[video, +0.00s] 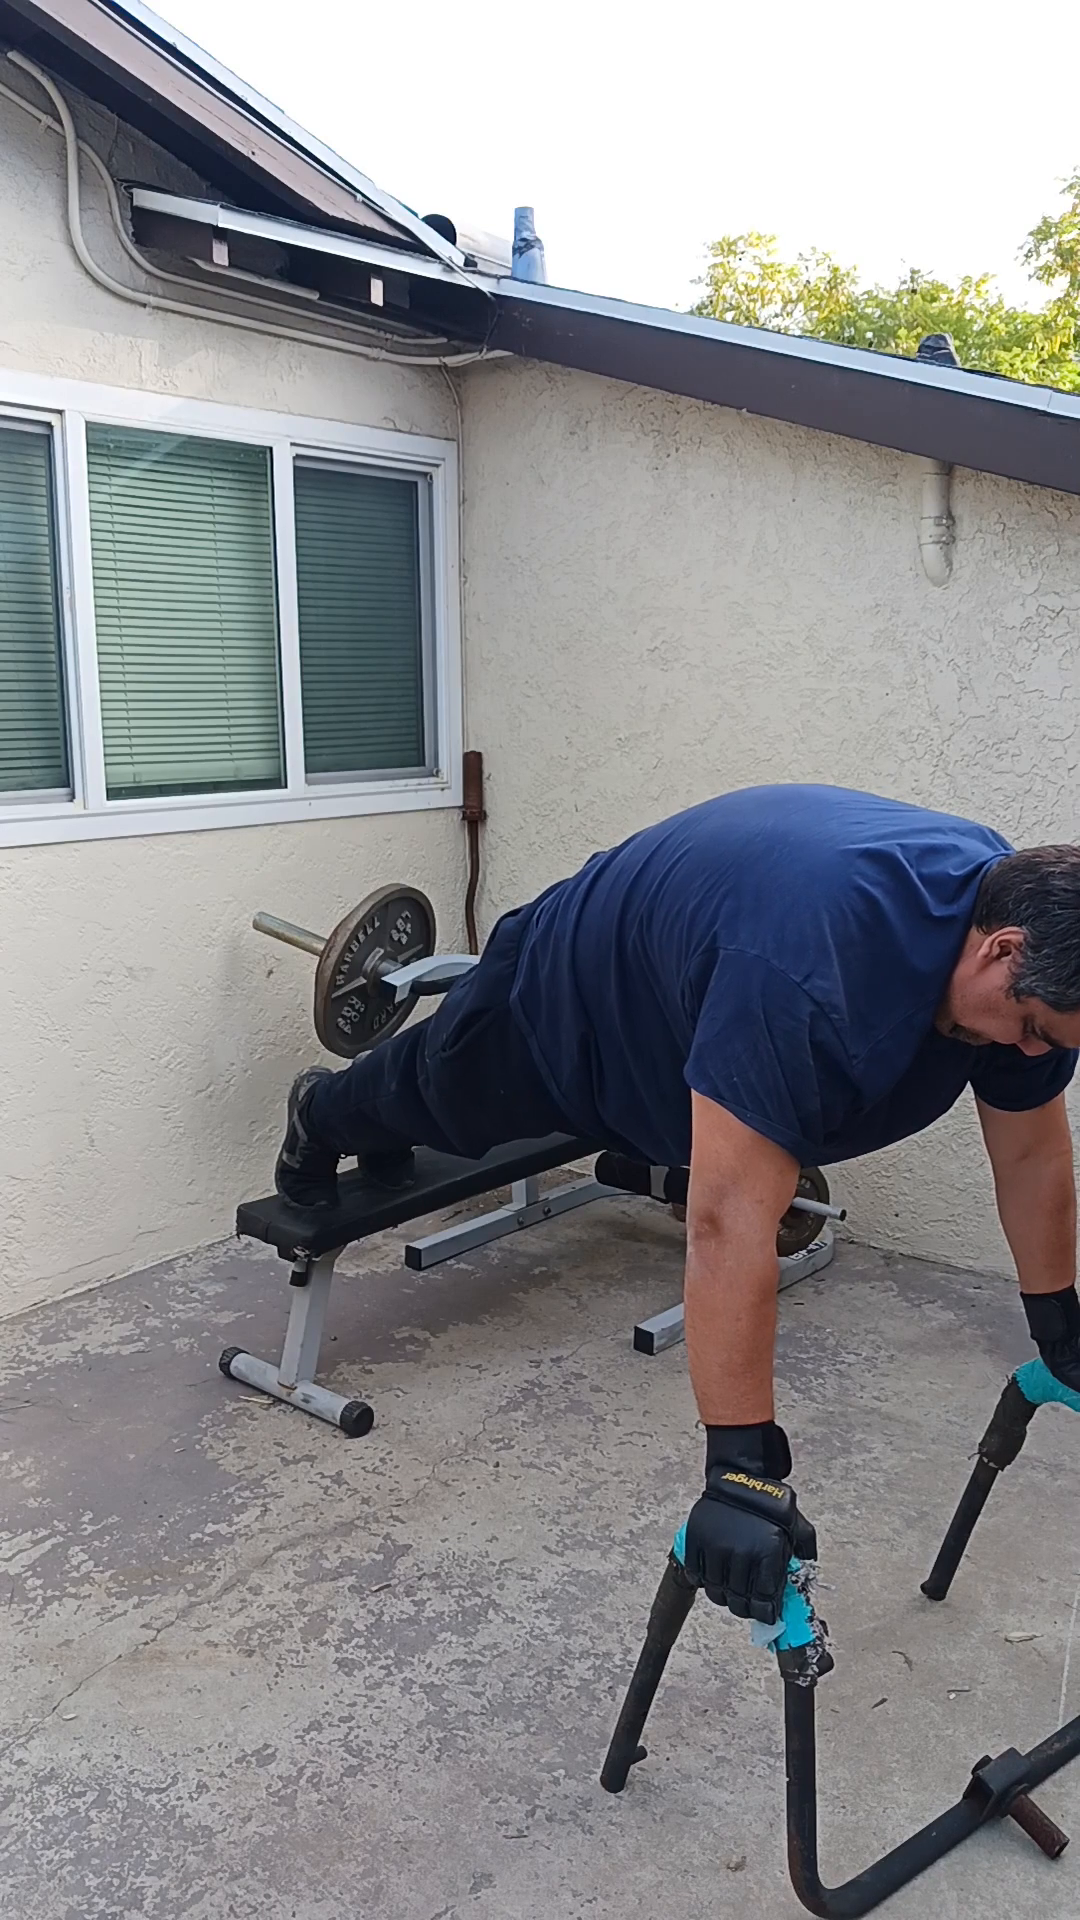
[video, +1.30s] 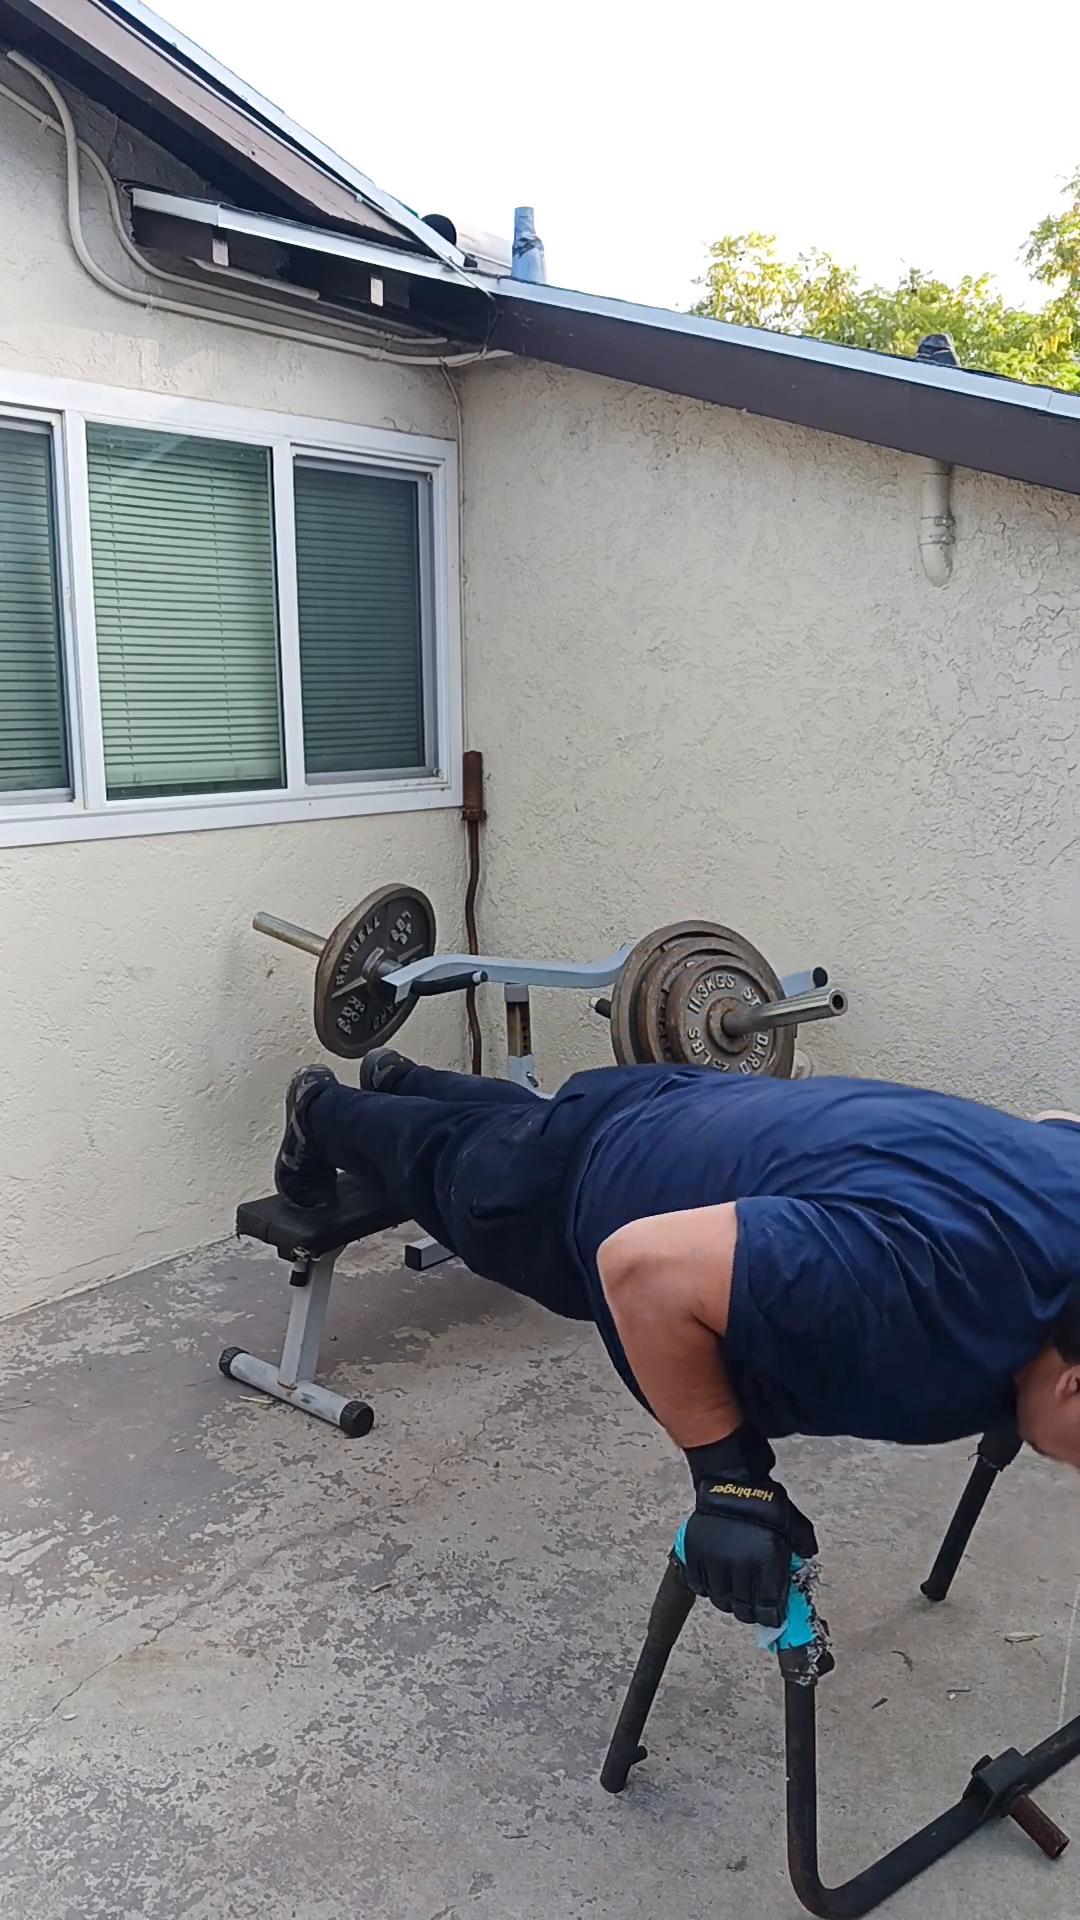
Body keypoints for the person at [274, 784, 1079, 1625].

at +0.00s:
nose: (1041, 1052)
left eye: (1056, 1040)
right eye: (1038, 1029)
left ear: (1013, 946)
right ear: (994, 953)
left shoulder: (1028, 964)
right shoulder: (810, 951)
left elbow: (1036, 1159)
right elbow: (727, 1218)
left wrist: (1058, 1325)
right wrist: (743, 1469)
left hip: (700, 997)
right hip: (573, 987)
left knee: (499, 1089)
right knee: (430, 1082)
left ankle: (390, 1123)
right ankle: (319, 1113)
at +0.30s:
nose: (1044, 1164)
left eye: (1065, 1155)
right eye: (1050, 1141)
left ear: (1052, 1064)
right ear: (1026, 1068)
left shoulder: (1035, 993)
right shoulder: (835, 1063)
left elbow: (1040, 1162)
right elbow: (669, 1249)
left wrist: (1056, 1318)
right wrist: (735, 1475)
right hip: (583, 1041)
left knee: (496, 1112)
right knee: (430, 1101)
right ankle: (316, 1108)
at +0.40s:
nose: (1057, 1271)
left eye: (1074, 1261)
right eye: (1069, 1242)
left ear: (1065, 1159)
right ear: (1052, 1167)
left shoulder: (1057, 1058)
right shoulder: (868, 1128)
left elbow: (1039, 1186)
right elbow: (655, 1256)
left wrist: (1053, 1294)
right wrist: (733, 1475)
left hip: (728, 990)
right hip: (603, 1065)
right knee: (439, 1113)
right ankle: (321, 1106)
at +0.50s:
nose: (1054, 1350)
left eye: (1064, 1349)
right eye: (1069, 1337)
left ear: (1070, 1246)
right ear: (1064, 1257)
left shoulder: (1070, 1116)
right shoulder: (898, 1197)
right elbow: (652, 1265)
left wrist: (1040, 1336)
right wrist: (735, 1478)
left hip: (710, 1040)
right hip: (601, 1112)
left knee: (507, 1109)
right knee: (447, 1123)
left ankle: (395, 1140)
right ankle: (321, 1113)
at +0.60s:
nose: (1051, 1417)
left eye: (1064, 1414)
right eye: (1068, 1408)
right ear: (1068, 1342)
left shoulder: (1077, 1168)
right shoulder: (903, 1261)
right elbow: (654, 1265)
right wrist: (733, 1477)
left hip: (713, 1071)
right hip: (605, 1141)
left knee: (522, 1104)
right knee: (449, 1138)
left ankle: (391, 1084)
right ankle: (324, 1110)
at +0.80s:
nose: (1053, 1524)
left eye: (1063, 1520)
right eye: (1068, 1518)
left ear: (1070, 1454)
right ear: (1070, 1459)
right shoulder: (925, 1350)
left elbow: (1040, 1130)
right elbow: (681, 1259)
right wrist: (733, 1480)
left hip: (731, 1119)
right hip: (626, 1195)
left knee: (542, 1130)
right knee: (462, 1175)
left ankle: (405, 1083)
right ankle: (327, 1110)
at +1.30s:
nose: (1053, 1450)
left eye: (1067, 1440)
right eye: (1071, 1437)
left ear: (1071, 1373)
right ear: (1067, 1382)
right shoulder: (906, 1288)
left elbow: (1051, 1134)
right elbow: (646, 1273)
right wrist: (730, 1479)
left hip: (713, 1094)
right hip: (605, 1174)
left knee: (534, 1119)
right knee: (451, 1158)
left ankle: (404, 1084)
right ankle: (323, 1108)